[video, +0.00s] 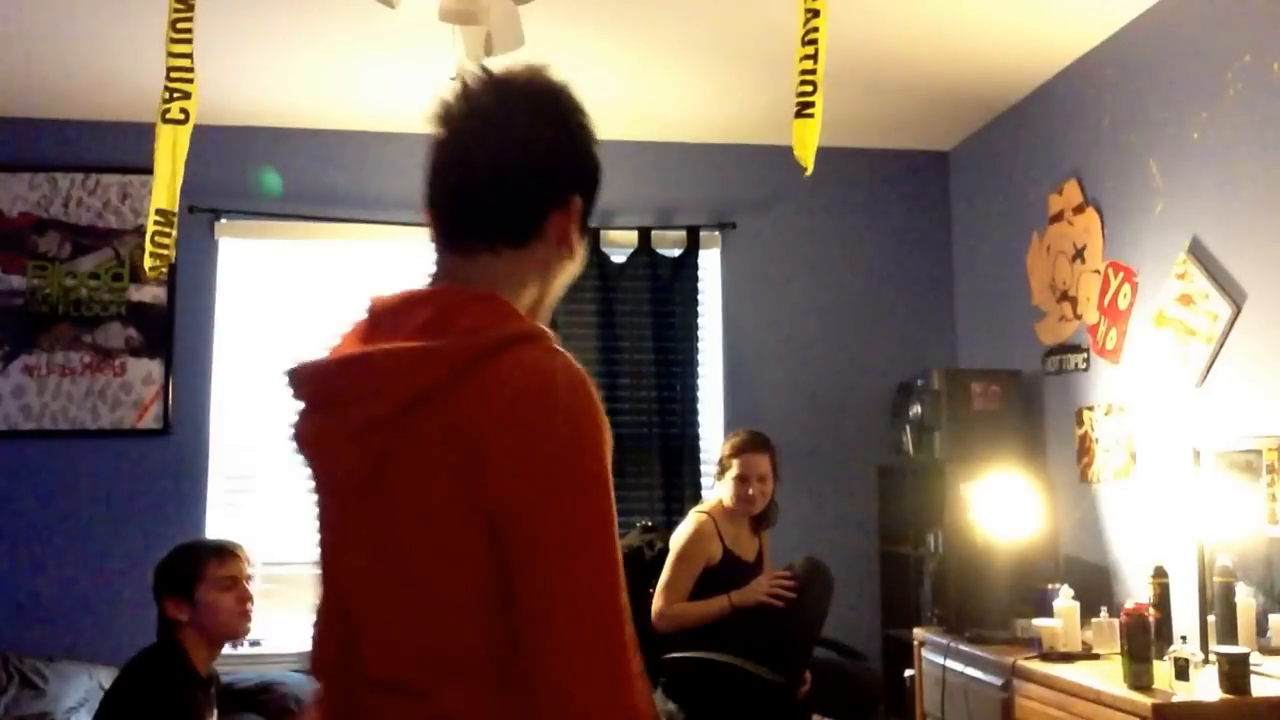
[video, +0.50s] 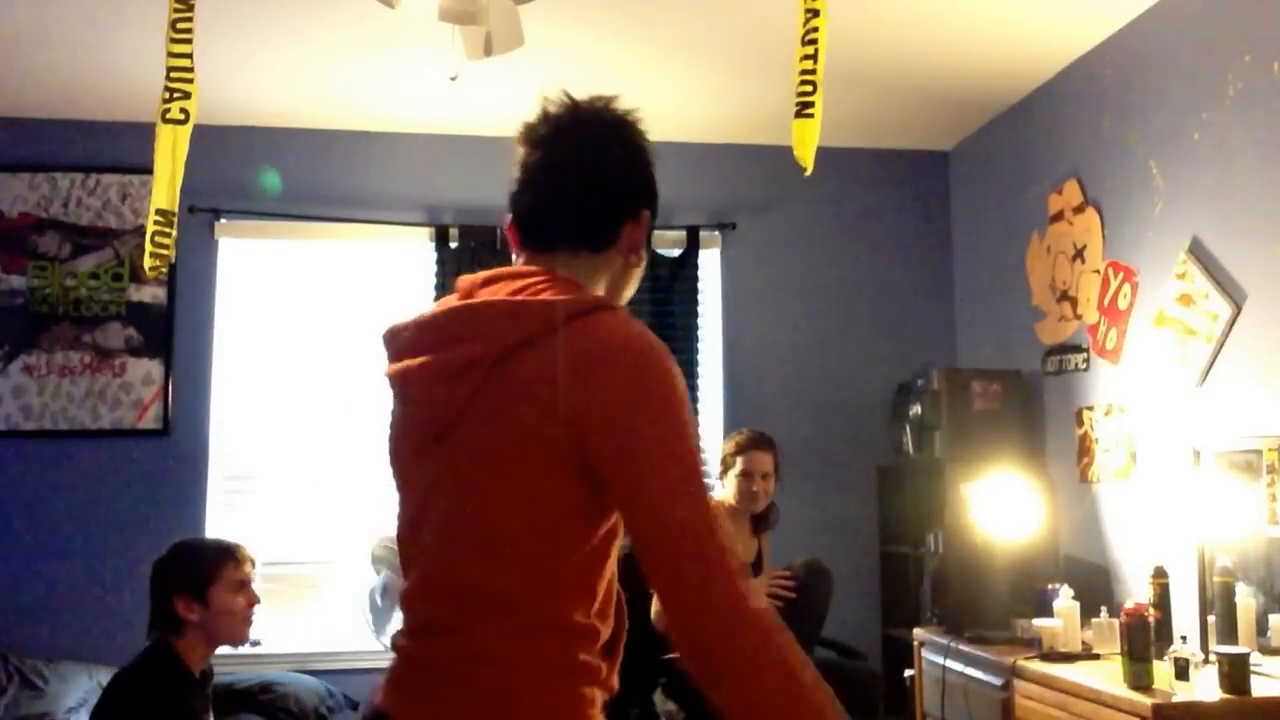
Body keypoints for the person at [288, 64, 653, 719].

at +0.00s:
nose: (581, 254)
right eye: (586, 232)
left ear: (434, 215)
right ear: (568, 225)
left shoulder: (363, 361)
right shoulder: (537, 383)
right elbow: (585, 661)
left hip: (356, 697)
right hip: (496, 702)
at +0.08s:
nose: (602, 249)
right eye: (606, 230)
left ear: (456, 228)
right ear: (586, 225)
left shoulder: (388, 356)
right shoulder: (562, 377)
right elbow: (556, 642)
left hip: (377, 693)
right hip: (499, 700)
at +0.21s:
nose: (616, 245)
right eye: (619, 226)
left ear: (475, 229)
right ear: (602, 220)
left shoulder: (411, 352)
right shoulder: (579, 358)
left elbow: (378, 601)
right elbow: (533, 615)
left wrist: (371, 714)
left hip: (451, 694)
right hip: (572, 699)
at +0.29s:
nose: (609, 256)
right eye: (613, 234)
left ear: (471, 228)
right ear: (598, 226)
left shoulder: (412, 355)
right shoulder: (574, 363)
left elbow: (387, 601)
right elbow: (562, 616)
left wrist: (374, 711)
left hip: (461, 698)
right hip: (570, 703)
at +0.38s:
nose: (615, 253)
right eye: (621, 237)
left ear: (483, 231)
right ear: (606, 232)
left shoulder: (423, 346)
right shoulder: (578, 363)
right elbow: (608, 607)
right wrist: (634, 705)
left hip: (429, 686)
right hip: (550, 695)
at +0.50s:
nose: (644, 264)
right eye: (649, 244)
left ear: (511, 235)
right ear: (636, 235)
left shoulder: (433, 354)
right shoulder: (610, 351)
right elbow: (708, 611)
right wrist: (820, 709)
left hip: (416, 692)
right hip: (547, 698)